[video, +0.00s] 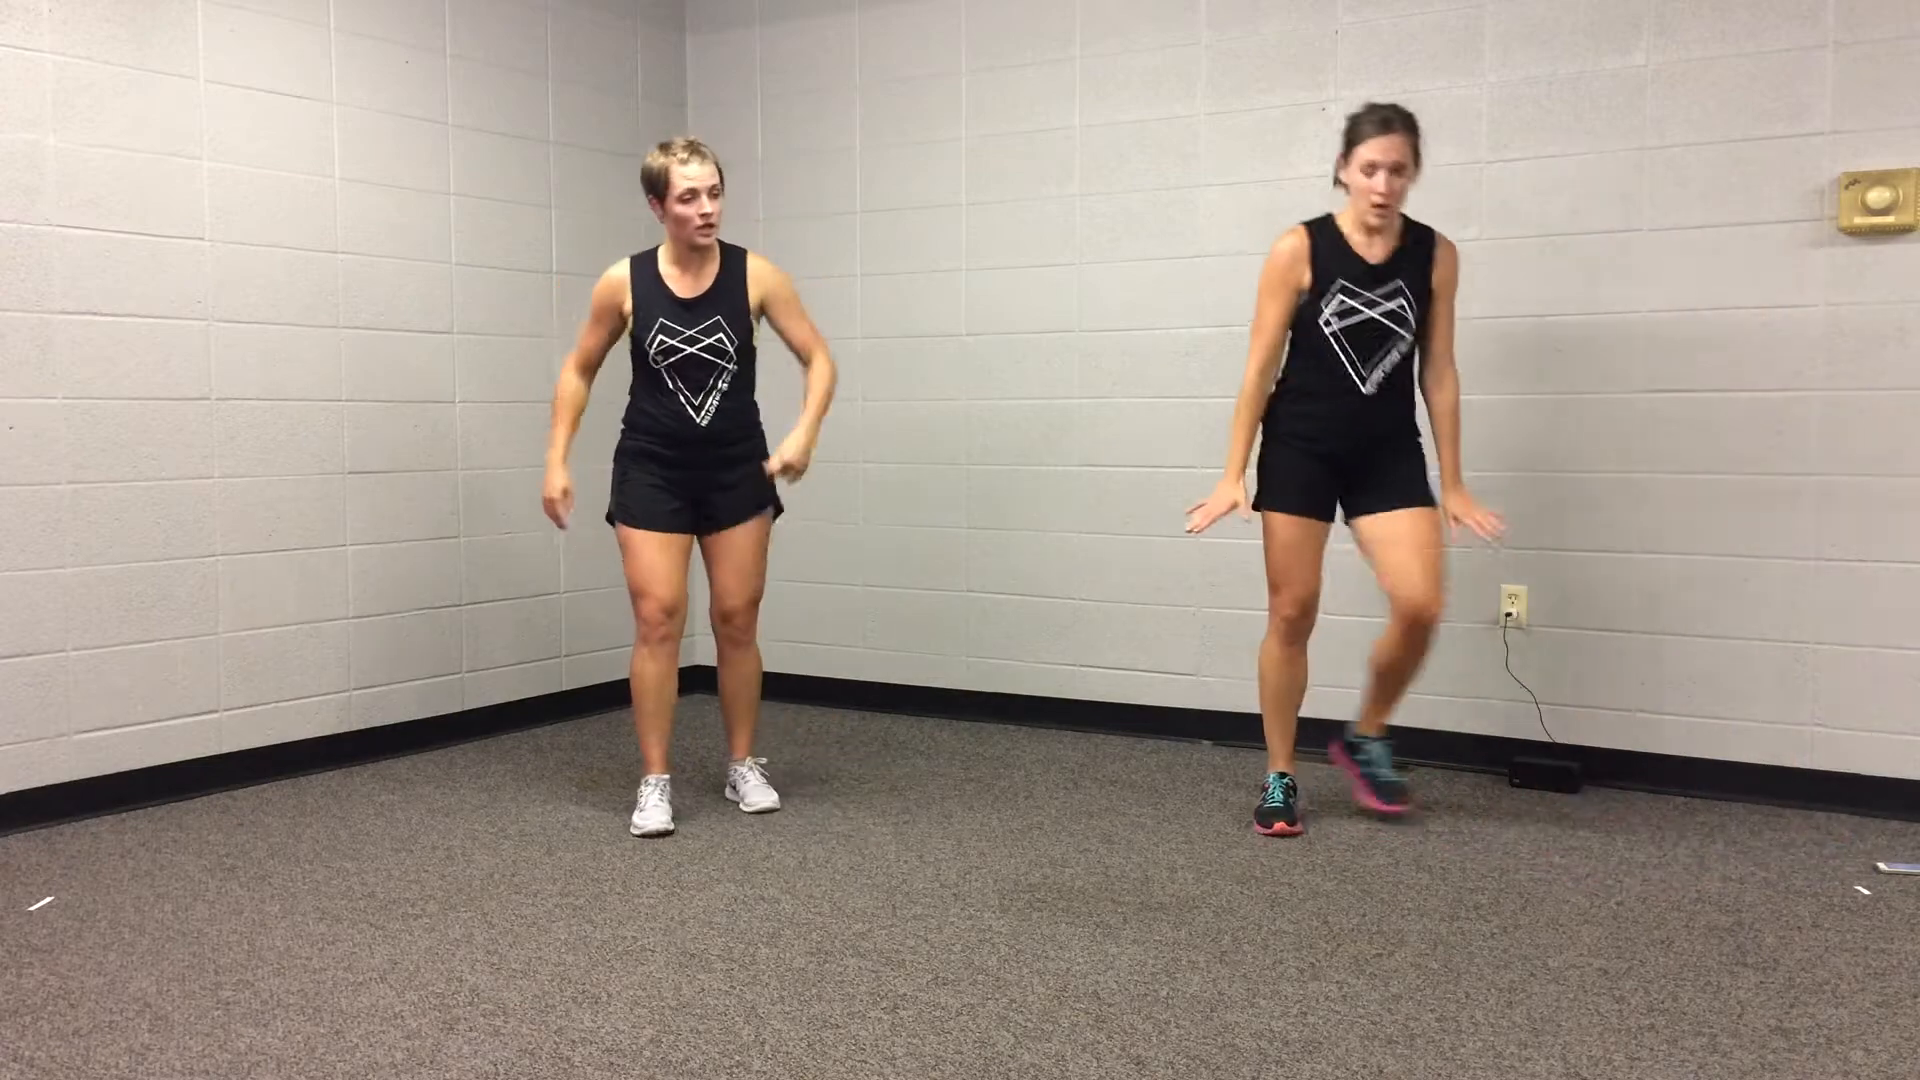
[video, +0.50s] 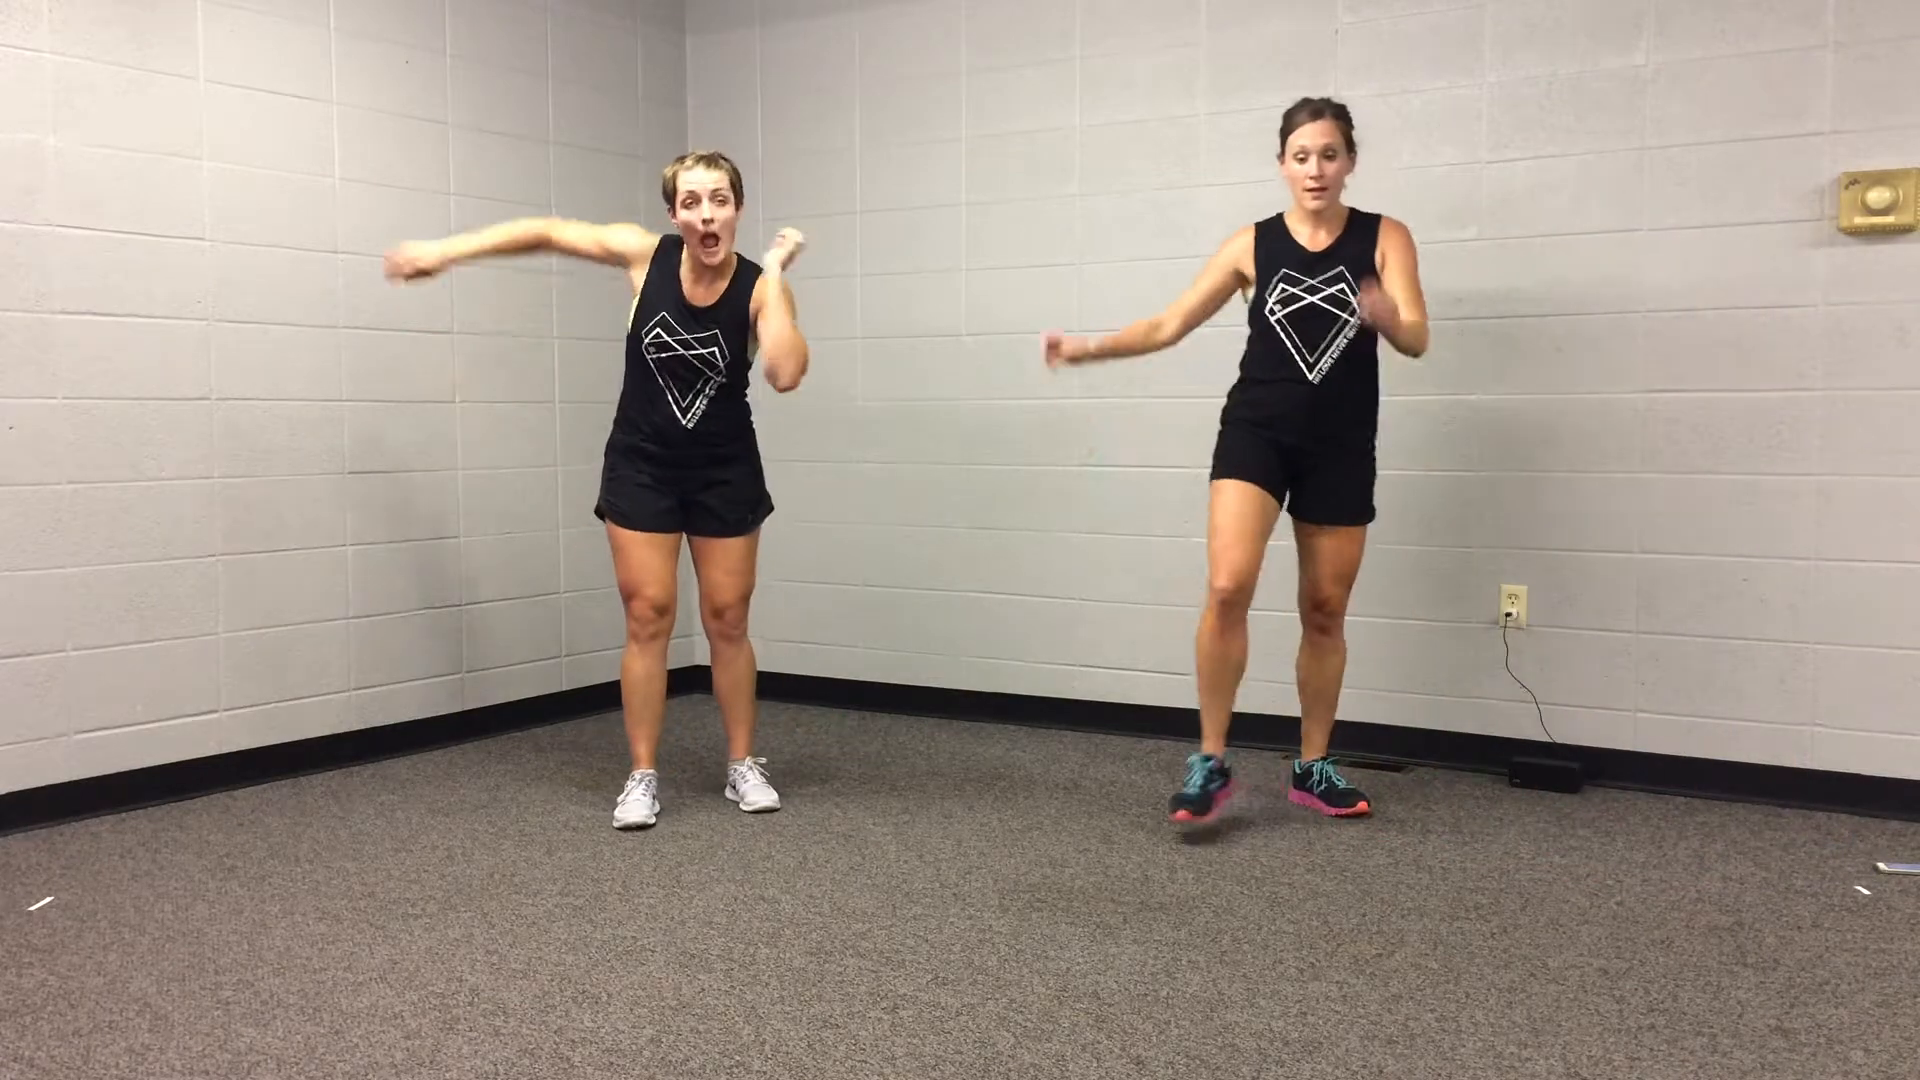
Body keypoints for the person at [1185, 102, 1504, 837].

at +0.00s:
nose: (1384, 185)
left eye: (1399, 171)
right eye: (1371, 169)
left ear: (1416, 177)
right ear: (1344, 171)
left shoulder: (1435, 258)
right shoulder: (1299, 251)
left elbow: (1439, 374)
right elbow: (1261, 369)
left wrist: (1453, 483)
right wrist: (1233, 473)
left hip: (1387, 452)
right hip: (1299, 451)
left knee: (1421, 606)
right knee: (1291, 613)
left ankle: (1365, 734)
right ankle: (1279, 774)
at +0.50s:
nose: (1316, 168)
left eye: (1330, 155)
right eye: (1303, 156)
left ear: (1351, 163)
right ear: (1282, 165)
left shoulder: (1384, 238)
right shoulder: (1253, 245)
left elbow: (1417, 341)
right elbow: (1166, 326)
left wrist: (1388, 320)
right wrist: (1088, 348)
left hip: (1341, 443)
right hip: (1256, 433)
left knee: (1325, 608)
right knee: (1227, 588)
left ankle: (1313, 764)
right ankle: (1210, 759)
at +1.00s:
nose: (1278, 179)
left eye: (1293, 167)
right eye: (1265, 166)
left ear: (1310, 177)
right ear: (1241, 173)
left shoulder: (1339, 258)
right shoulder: (1211, 262)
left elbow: (1388, 361)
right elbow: (1190, 373)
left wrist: (1449, 410)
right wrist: (1258, 441)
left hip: (1318, 459)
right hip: (1226, 460)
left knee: (1393, 602)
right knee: (1209, 628)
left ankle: (1385, 788)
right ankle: (1193, 782)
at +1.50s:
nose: (1300, 173)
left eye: (1316, 158)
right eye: (1286, 161)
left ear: (1348, 164)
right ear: (1274, 173)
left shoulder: (1402, 237)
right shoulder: (1261, 269)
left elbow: (1465, 336)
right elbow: (1219, 377)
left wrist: (1451, 371)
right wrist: (1187, 433)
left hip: (1366, 466)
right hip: (1263, 457)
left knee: (1414, 644)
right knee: (1149, 595)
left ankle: (1462, 838)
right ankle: (1137, 762)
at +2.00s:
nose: (1255, 223)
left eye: (1271, 207)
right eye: (1241, 206)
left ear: (1299, 205)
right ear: (1223, 204)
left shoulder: (1326, 271)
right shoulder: (1195, 288)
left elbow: (1360, 378)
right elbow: (1153, 413)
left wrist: (1384, 470)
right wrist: (1211, 512)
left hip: (1297, 461)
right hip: (1207, 467)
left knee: (1387, 605)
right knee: (1162, 627)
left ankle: (1419, 784)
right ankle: (1125, 803)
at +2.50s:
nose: (1315, 246)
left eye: (1331, 229)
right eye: (1302, 231)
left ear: (1362, 230)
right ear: (1288, 232)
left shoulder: (1395, 301)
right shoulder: (1257, 307)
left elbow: (1441, 412)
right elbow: (1226, 418)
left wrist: (1465, 515)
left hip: (1351, 461)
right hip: (1264, 461)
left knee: (1387, 621)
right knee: (1189, 602)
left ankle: (1416, 773)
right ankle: (1148, 776)